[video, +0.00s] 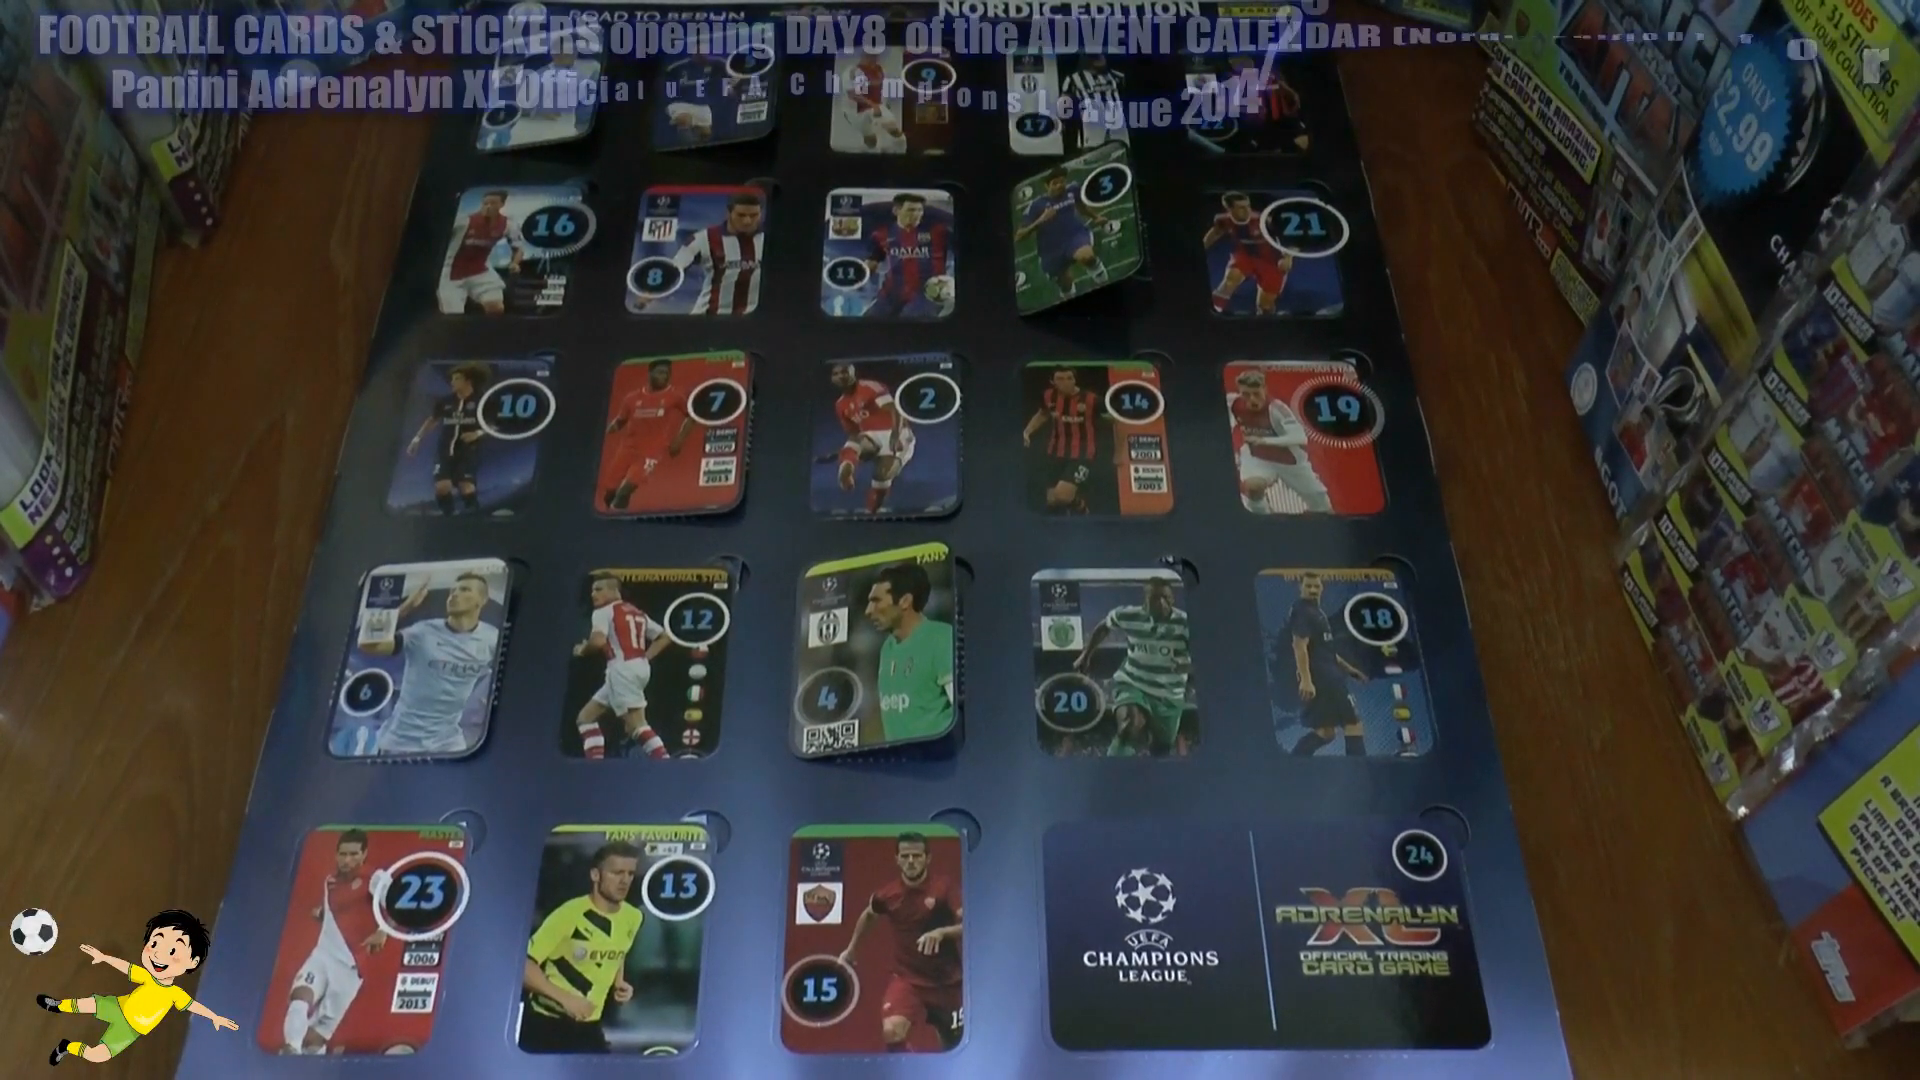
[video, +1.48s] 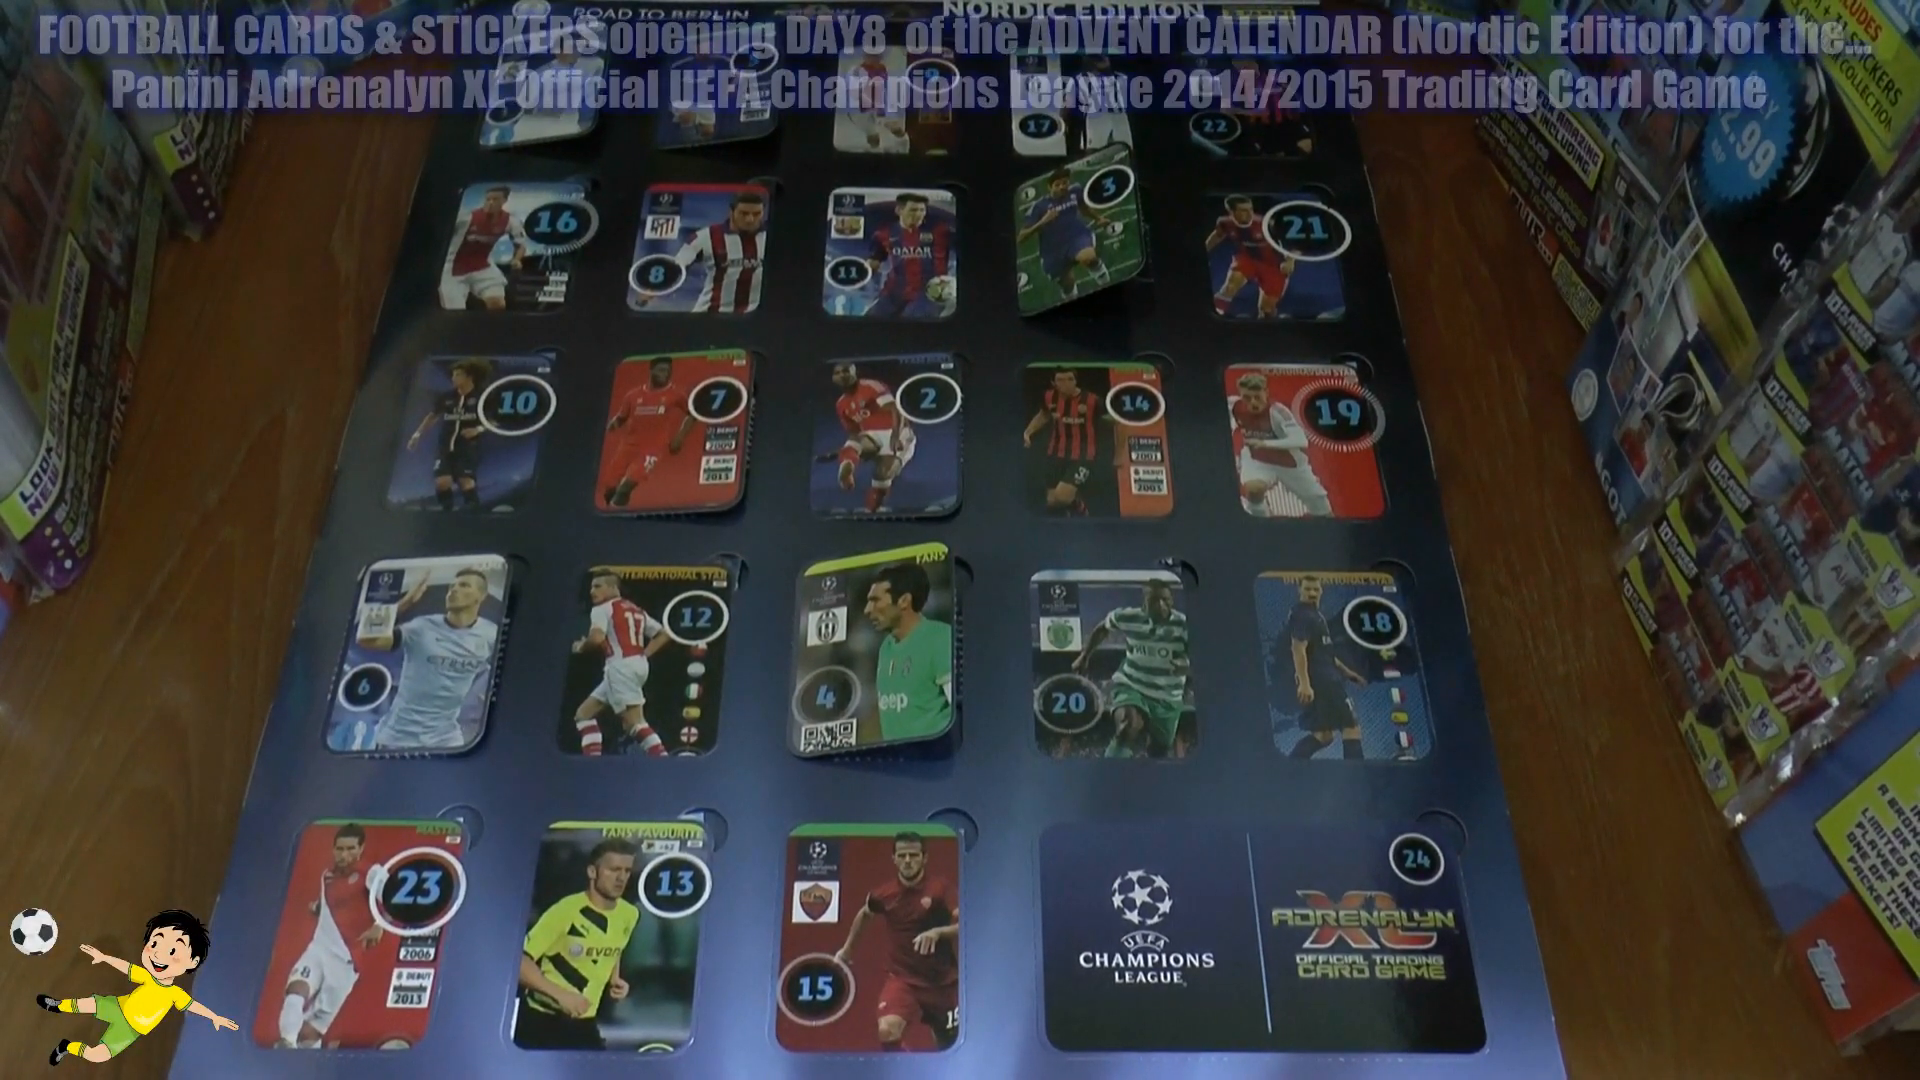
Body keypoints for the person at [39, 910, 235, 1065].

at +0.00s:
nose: (159, 956)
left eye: (172, 952)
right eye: (155, 944)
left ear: (190, 965)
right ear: (146, 945)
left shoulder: (176, 995)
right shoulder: (143, 975)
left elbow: (195, 1007)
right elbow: (124, 966)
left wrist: (214, 1017)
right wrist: (103, 958)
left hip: (131, 1030)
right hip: (119, 1008)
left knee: (99, 1055)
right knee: (89, 1003)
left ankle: (66, 1047)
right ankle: (57, 1006)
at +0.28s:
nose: (159, 956)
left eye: (172, 952)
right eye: (155, 944)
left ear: (189, 965)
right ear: (145, 946)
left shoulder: (176, 995)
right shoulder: (143, 975)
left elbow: (195, 1007)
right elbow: (124, 966)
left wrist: (214, 1017)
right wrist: (103, 958)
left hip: (131, 1030)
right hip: (119, 1008)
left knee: (98, 1055)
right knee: (89, 1003)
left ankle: (66, 1047)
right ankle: (58, 1006)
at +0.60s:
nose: (159, 955)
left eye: (172, 952)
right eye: (155, 944)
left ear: (188, 966)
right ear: (145, 945)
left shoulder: (176, 995)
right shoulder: (144, 976)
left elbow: (195, 1007)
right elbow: (124, 966)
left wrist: (215, 1017)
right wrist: (103, 958)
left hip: (131, 1030)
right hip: (119, 1008)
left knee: (99, 1055)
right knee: (89, 1003)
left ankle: (66, 1047)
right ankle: (57, 1006)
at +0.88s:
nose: (159, 956)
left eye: (172, 952)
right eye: (155, 944)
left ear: (187, 966)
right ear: (146, 945)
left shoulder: (176, 995)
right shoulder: (143, 976)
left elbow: (194, 1007)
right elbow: (124, 966)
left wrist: (214, 1017)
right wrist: (103, 958)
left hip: (131, 1030)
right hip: (119, 1008)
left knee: (99, 1055)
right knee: (89, 1003)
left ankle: (66, 1047)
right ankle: (57, 1006)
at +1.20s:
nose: (159, 955)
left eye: (172, 952)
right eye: (155, 943)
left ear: (187, 966)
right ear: (145, 945)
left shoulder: (176, 995)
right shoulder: (144, 976)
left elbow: (195, 1007)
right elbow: (124, 966)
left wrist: (214, 1017)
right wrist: (103, 958)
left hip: (131, 1030)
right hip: (119, 1008)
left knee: (99, 1055)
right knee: (88, 1003)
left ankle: (66, 1047)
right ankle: (57, 1006)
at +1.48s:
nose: (159, 955)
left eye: (172, 952)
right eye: (155, 944)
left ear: (187, 967)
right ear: (145, 946)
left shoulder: (176, 995)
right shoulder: (144, 976)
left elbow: (195, 1007)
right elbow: (124, 966)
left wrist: (215, 1017)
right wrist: (103, 958)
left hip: (131, 1030)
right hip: (119, 1008)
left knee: (99, 1055)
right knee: (89, 1003)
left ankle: (66, 1047)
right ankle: (57, 1006)